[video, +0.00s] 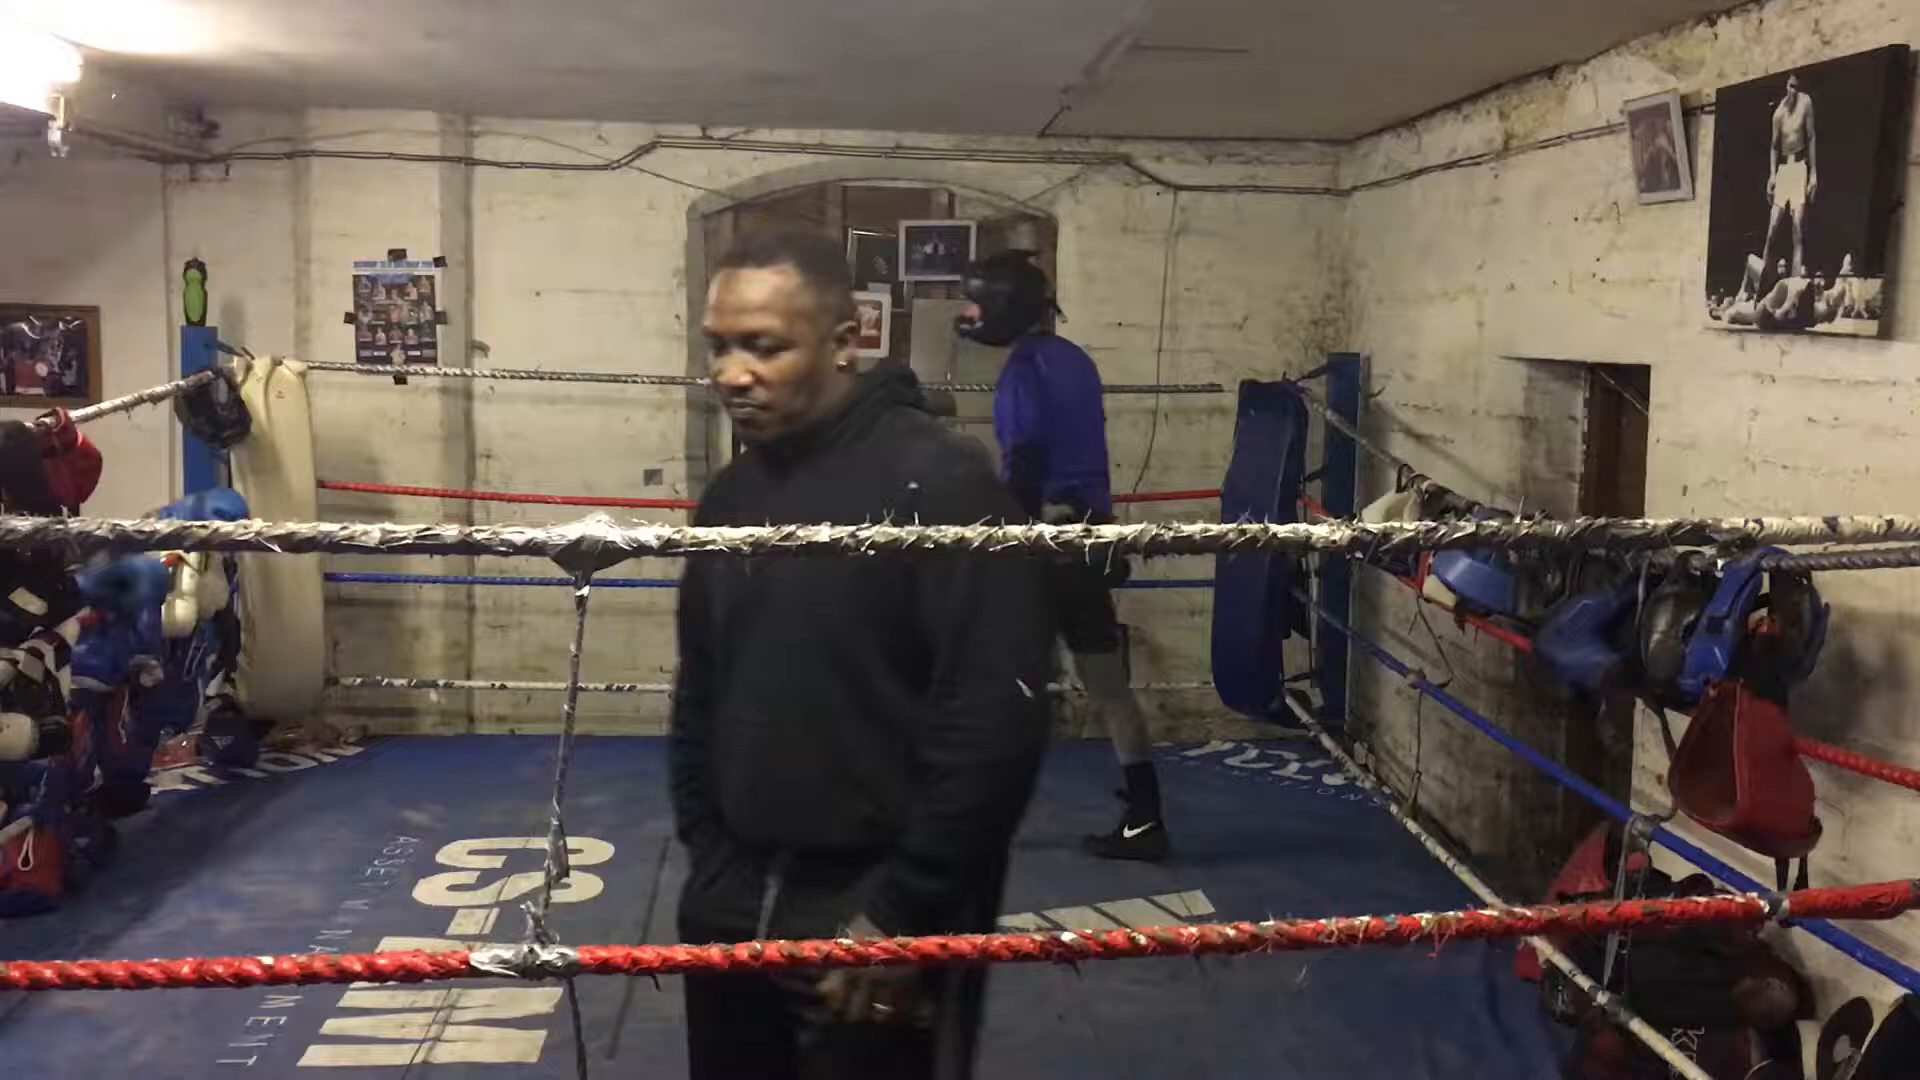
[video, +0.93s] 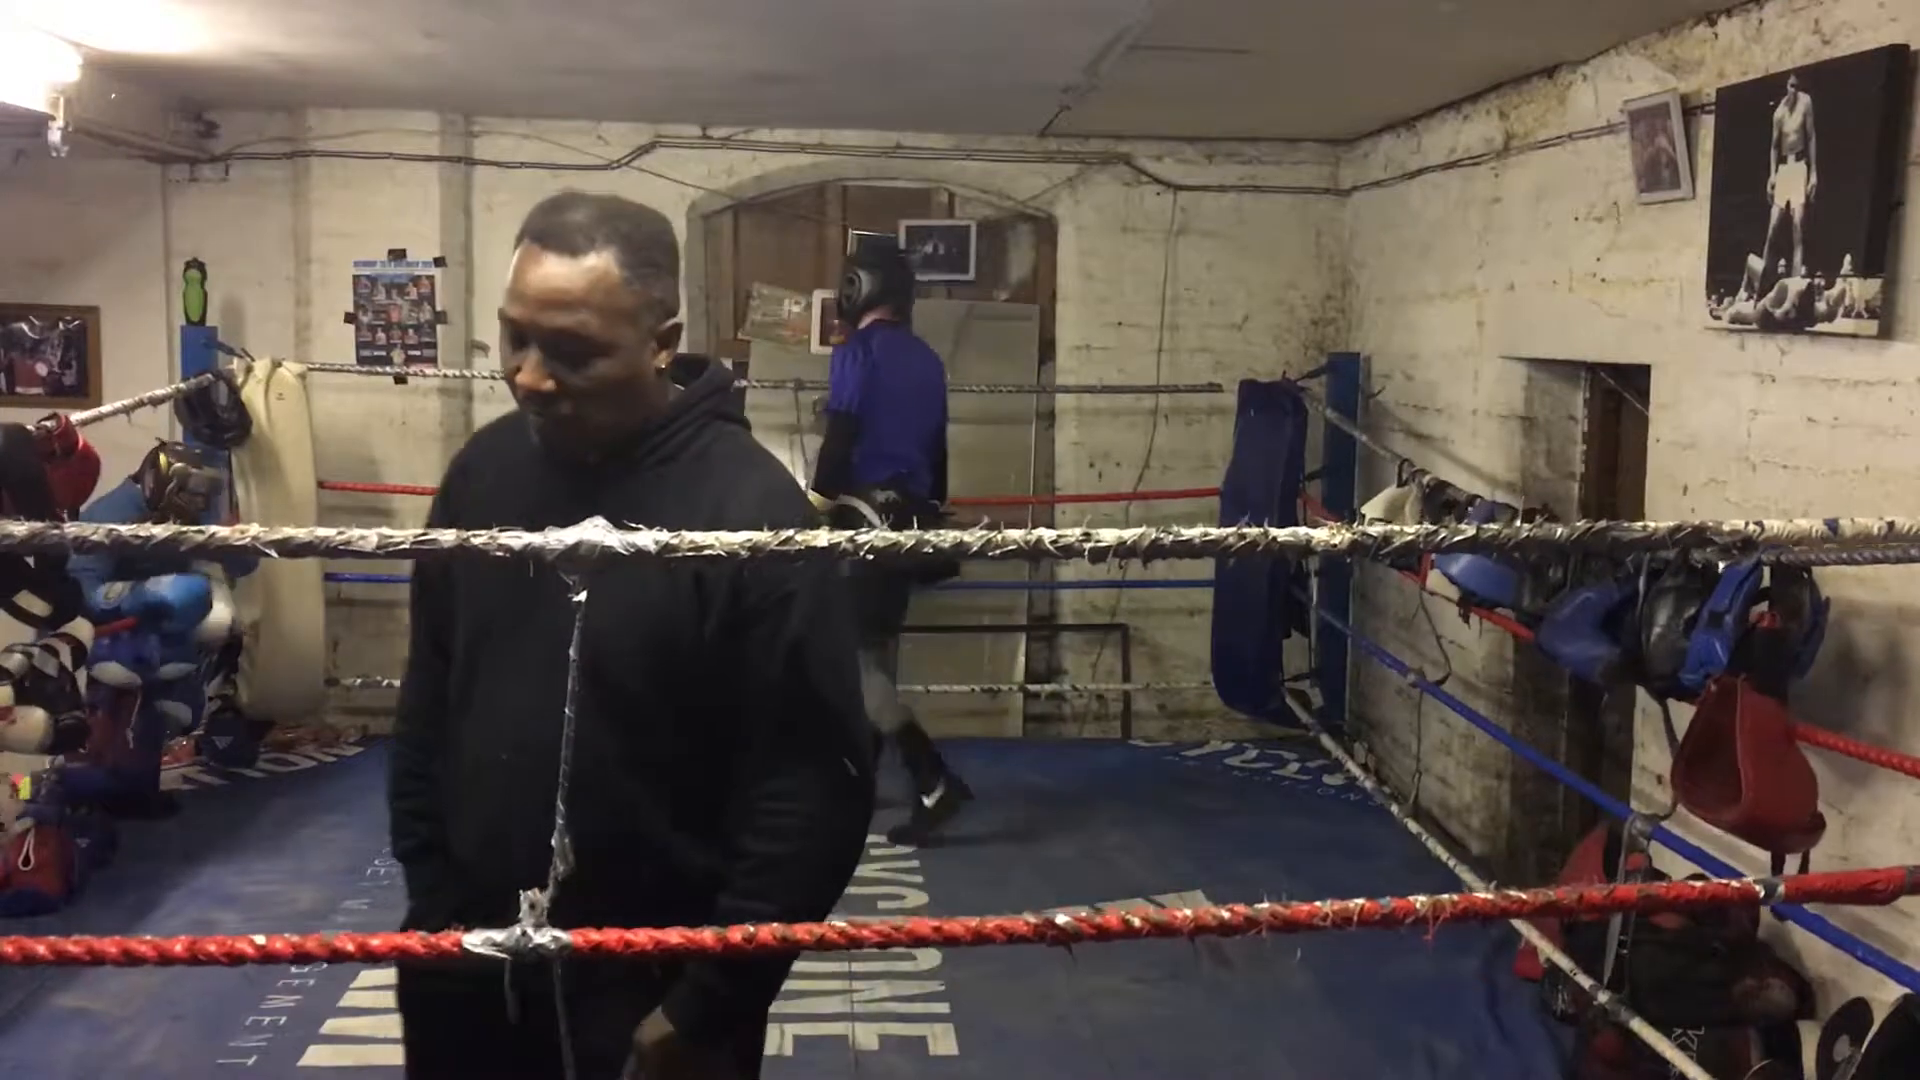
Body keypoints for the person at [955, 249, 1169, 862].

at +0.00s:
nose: (972, 311)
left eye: (983, 301)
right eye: (973, 299)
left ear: (1013, 308)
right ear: (1038, 306)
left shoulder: (1021, 368)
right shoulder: (1074, 359)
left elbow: (1025, 456)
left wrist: (1012, 533)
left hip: (1040, 537)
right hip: (1090, 534)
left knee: (1014, 686)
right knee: (1109, 685)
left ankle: (982, 819)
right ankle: (1143, 820)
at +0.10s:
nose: (954, 312)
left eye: (964, 300)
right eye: (955, 299)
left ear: (994, 305)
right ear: (1021, 302)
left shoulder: (1006, 364)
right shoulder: (1061, 355)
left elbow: (1007, 446)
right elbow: (1069, 438)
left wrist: (997, 508)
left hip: (1029, 522)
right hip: (1074, 521)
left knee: (994, 674)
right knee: (1083, 673)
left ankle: (957, 812)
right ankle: (1134, 809)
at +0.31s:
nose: (913, 305)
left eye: (922, 292)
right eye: (913, 291)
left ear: (951, 296)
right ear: (978, 295)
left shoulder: (951, 365)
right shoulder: (1024, 354)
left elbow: (941, 447)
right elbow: (1041, 431)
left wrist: (924, 497)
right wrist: (1022, 486)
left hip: (968, 517)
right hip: (1021, 513)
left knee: (966, 662)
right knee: (1001, 658)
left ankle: (964, 811)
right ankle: (1069, 764)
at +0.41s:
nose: (900, 302)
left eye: (904, 291)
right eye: (901, 290)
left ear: (923, 297)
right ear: (964, 295)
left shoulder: (934, 358)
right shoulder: (1009, 353)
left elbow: (915, 427)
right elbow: (1019, 440)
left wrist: (893, 473)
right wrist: (1003, 489)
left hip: (945, 513)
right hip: (1000, 512)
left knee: (949, 660)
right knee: (972, 653)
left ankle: (962, 809)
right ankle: (1021, 774)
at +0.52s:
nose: (890, 307)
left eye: (895, 297)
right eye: (892, 295)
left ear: (913, 303)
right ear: (951, 300)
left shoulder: (911, 359)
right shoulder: (993, 355)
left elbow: (891, 434)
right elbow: (1006, 440)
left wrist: (873, 484)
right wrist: (992, 494)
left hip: (925, 511)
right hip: (984, 512)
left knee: (944, 659)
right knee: (946, 655)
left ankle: (965, 808)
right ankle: (947, 796)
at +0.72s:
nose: (859, 308)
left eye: (864, 298)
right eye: (861, 299)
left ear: (877, 302)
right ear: (926, 303)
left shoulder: (879, 356)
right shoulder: (959, 359)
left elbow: (854, 440)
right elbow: (974, 448)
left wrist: (822, 504)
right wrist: (971, 512)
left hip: (895, 519)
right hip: (950, 519)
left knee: (921, 664)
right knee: (897, 660)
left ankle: (961, 812)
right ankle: (873, 794)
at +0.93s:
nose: (841, 299)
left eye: (846, 290)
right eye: (845, 289)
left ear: (860, 293)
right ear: (903, 298)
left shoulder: (856, 352)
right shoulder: (929, 362)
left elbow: (839, 435)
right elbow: (936, 449)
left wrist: (819, 503)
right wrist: (933, 515)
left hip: (861, 516)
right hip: (912, 517)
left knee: (861, 659)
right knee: (875, 655)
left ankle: (934, 783)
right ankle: (851, 790)